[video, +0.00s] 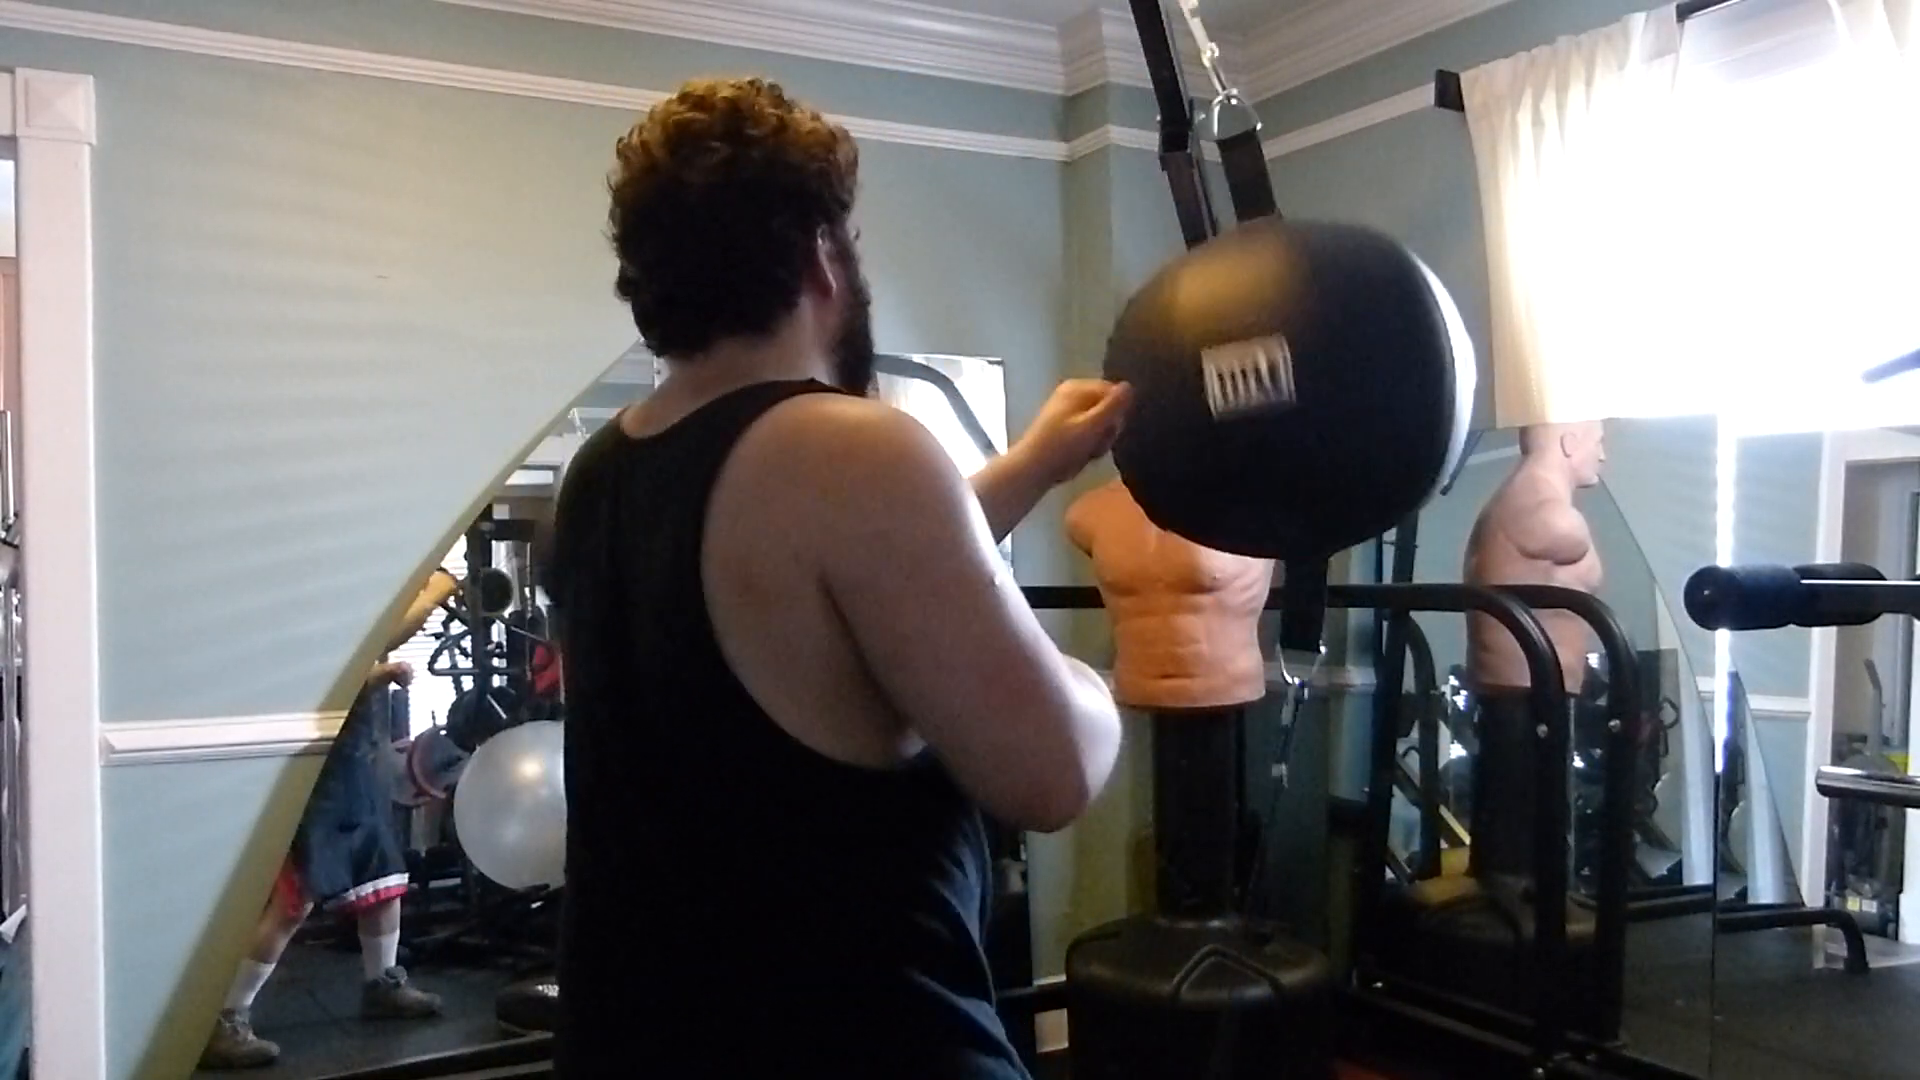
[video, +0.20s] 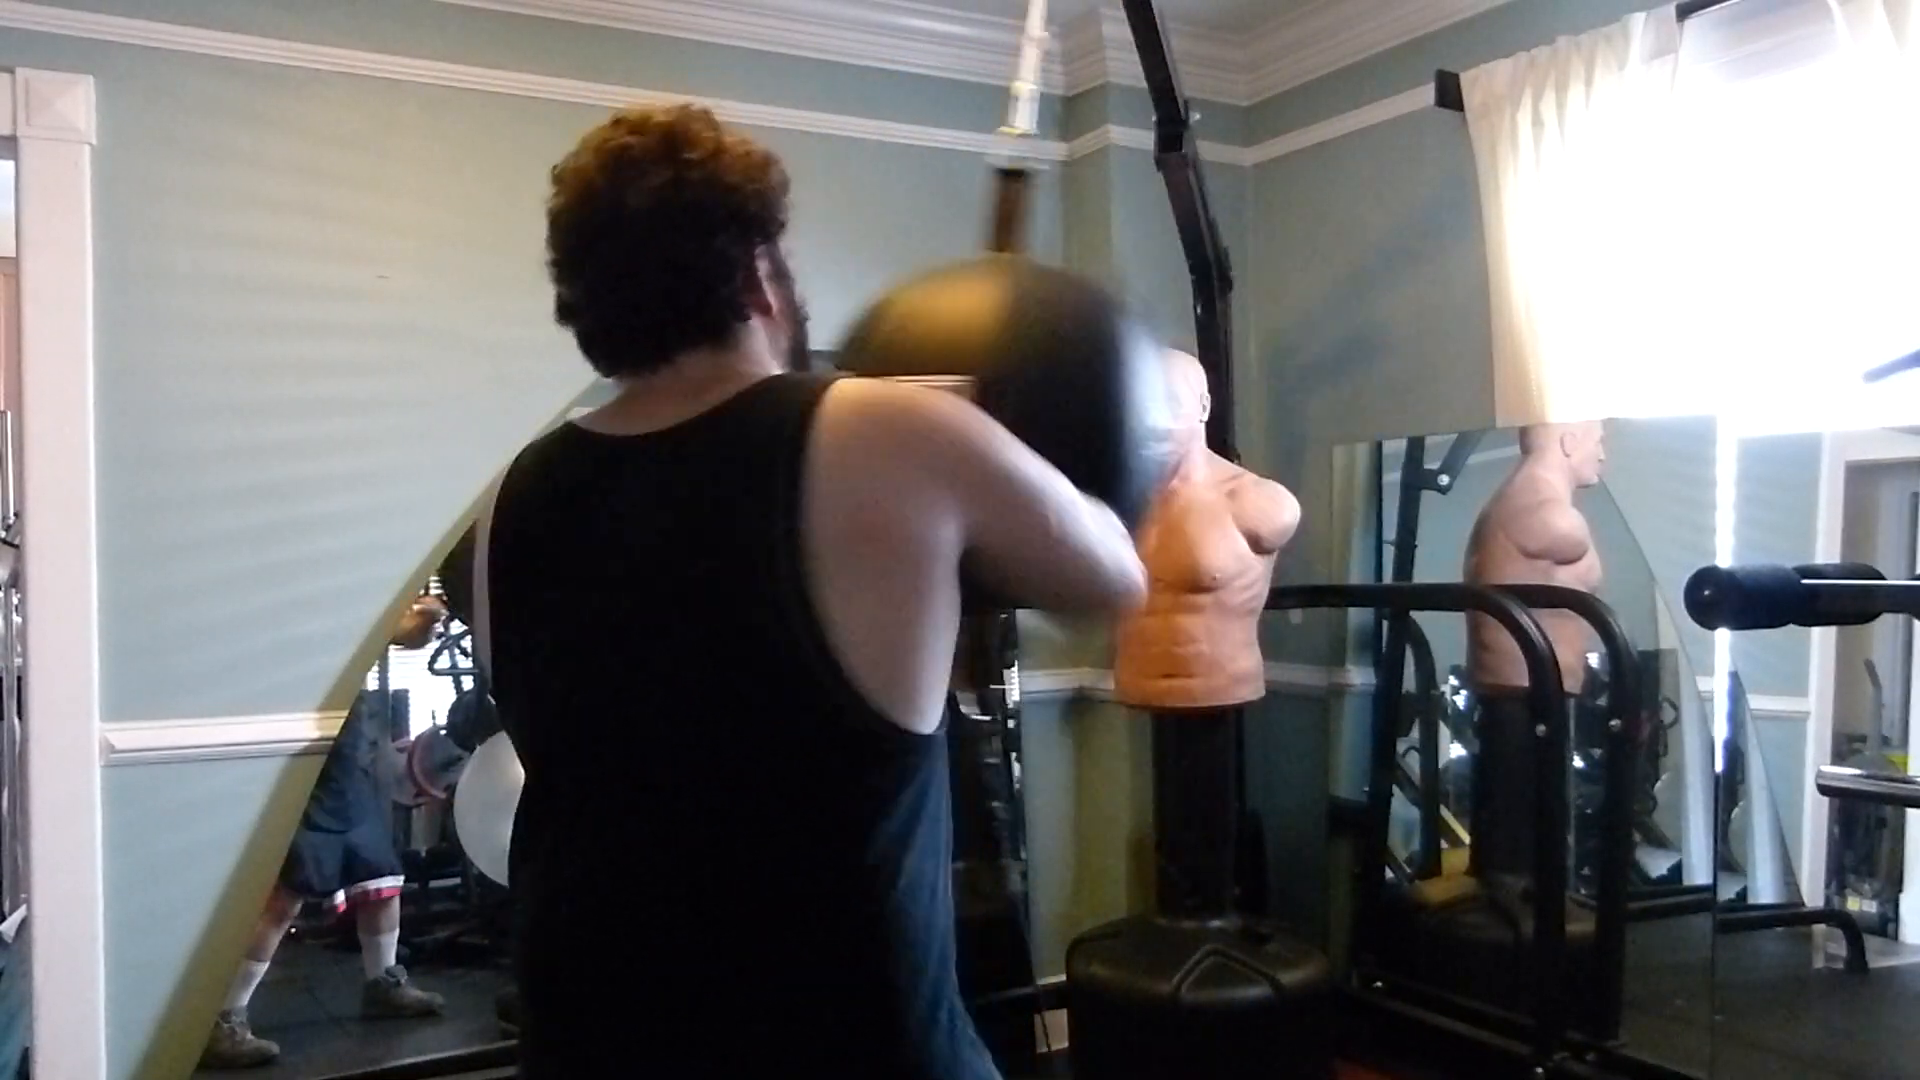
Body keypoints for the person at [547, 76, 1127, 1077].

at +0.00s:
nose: (857, 271)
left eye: (854, 244)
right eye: (853, 244)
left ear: (647, 276)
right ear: (822, 259)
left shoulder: (599, 474)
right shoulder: (861, 455)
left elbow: (815, 604)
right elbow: (1052, 777)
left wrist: (1036, 461)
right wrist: (1080, 679)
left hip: (637, 1020)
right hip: (875, 1029)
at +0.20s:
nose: (796, 284)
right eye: (787, 257)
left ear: (583, 305)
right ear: (763, 274)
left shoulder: (514, 507)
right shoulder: (904, 437)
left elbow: (538, 721)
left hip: (593, 1031)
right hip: (866, 1033)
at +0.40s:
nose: (726, 299)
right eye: (717, 277)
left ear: (519, 335)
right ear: (701, 293)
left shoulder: (459, 516)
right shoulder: (875, 442)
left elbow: (491, 750)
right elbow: (1059, 622)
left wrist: (438, 650)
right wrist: (881, 633)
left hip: (625, 1038)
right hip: (912, 1026)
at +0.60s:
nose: (674, 326)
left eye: (663, 296)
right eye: (663, 300)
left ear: (468, 356)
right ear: (638, 313)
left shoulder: (402, 545)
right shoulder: (811, 448)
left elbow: (452, 767)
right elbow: (984, 688)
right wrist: (798, 736)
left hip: (598, 1038)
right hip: (871, 1018)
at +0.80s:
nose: (743, 312)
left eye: (740, 293)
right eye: (736, 291)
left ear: (536, 316)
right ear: (710, 305)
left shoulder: (454, 518)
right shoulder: (835, 466)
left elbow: (533, 757)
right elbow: (995, 750)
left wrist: (716, 430)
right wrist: (855, 745)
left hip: (592, 1028)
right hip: (848, 1023)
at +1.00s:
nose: (943, 327)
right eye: (936, 297)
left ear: (731, 310)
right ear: (914, 321)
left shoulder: (636, 491)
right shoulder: (970, 543)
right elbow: (1065, 853)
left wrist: (887, 430)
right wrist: (1232, 872)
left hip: (684, 1025)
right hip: (922, 1039)